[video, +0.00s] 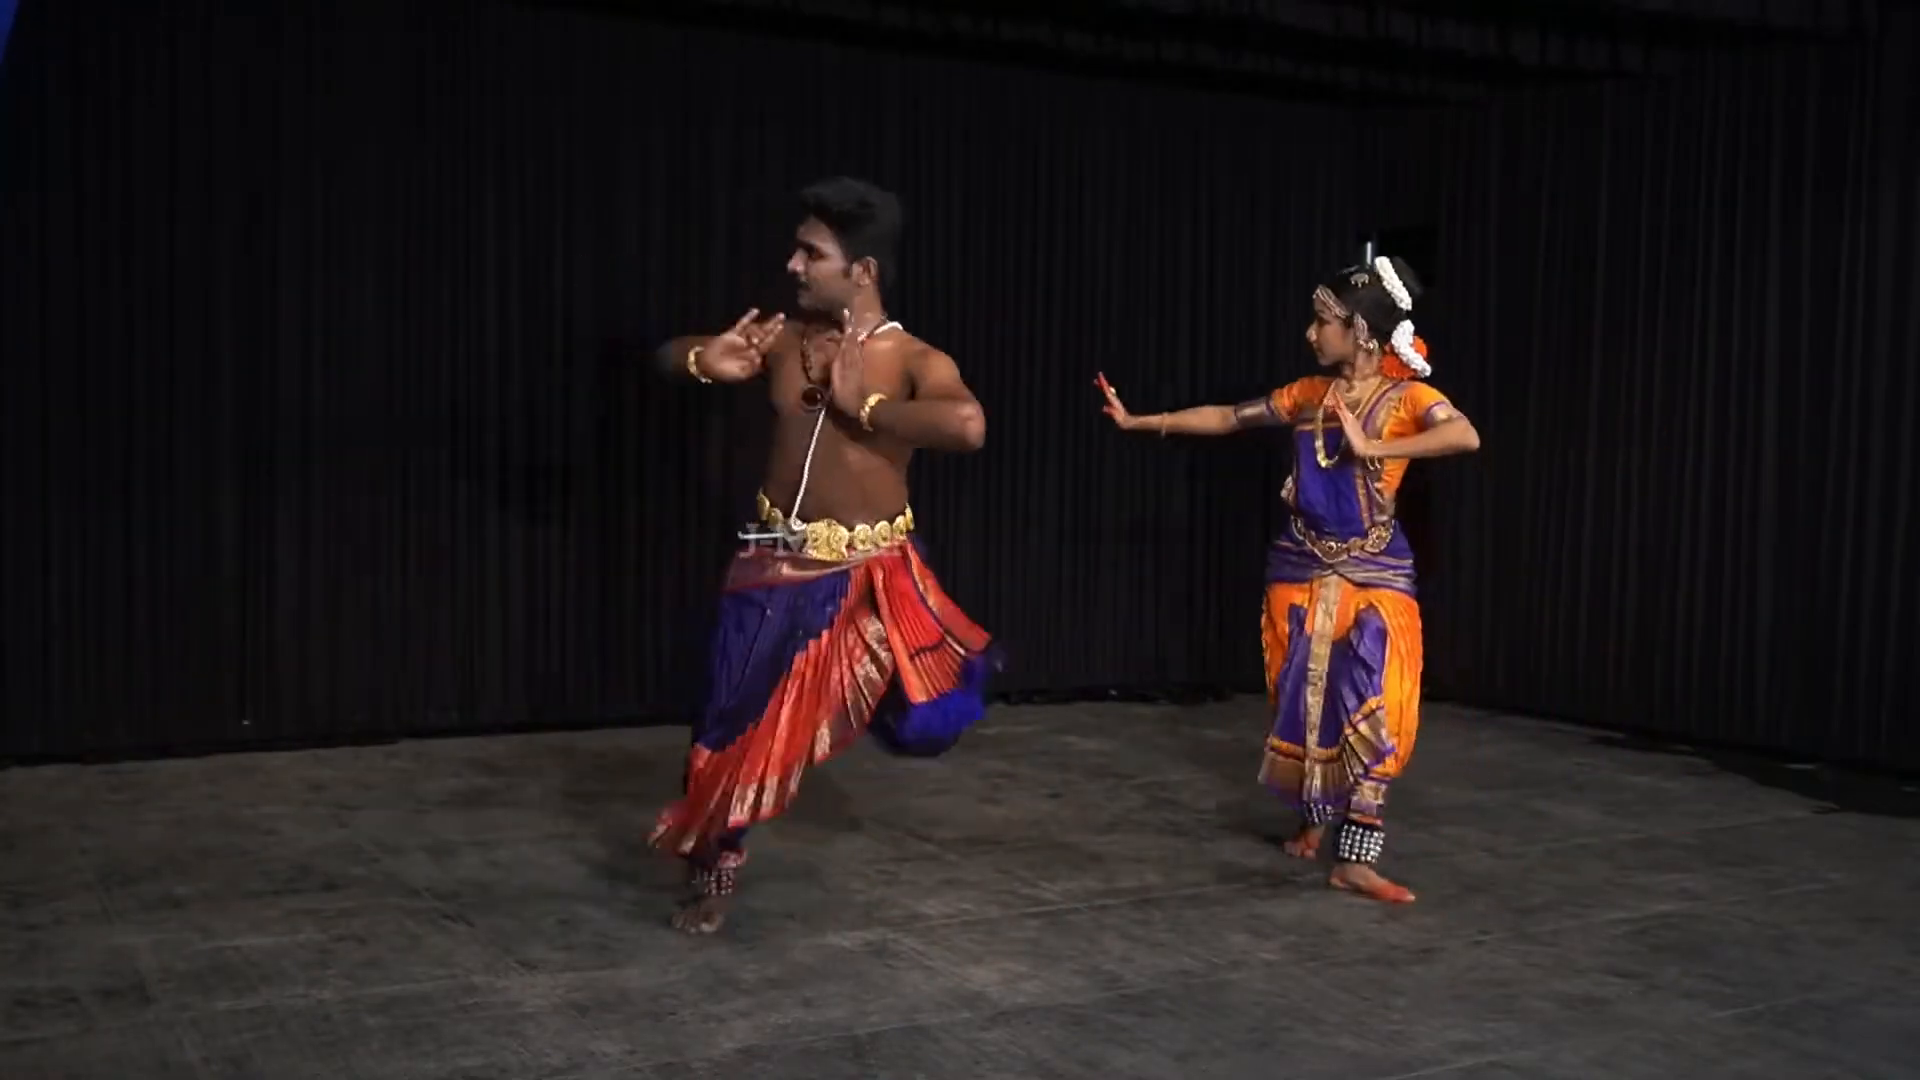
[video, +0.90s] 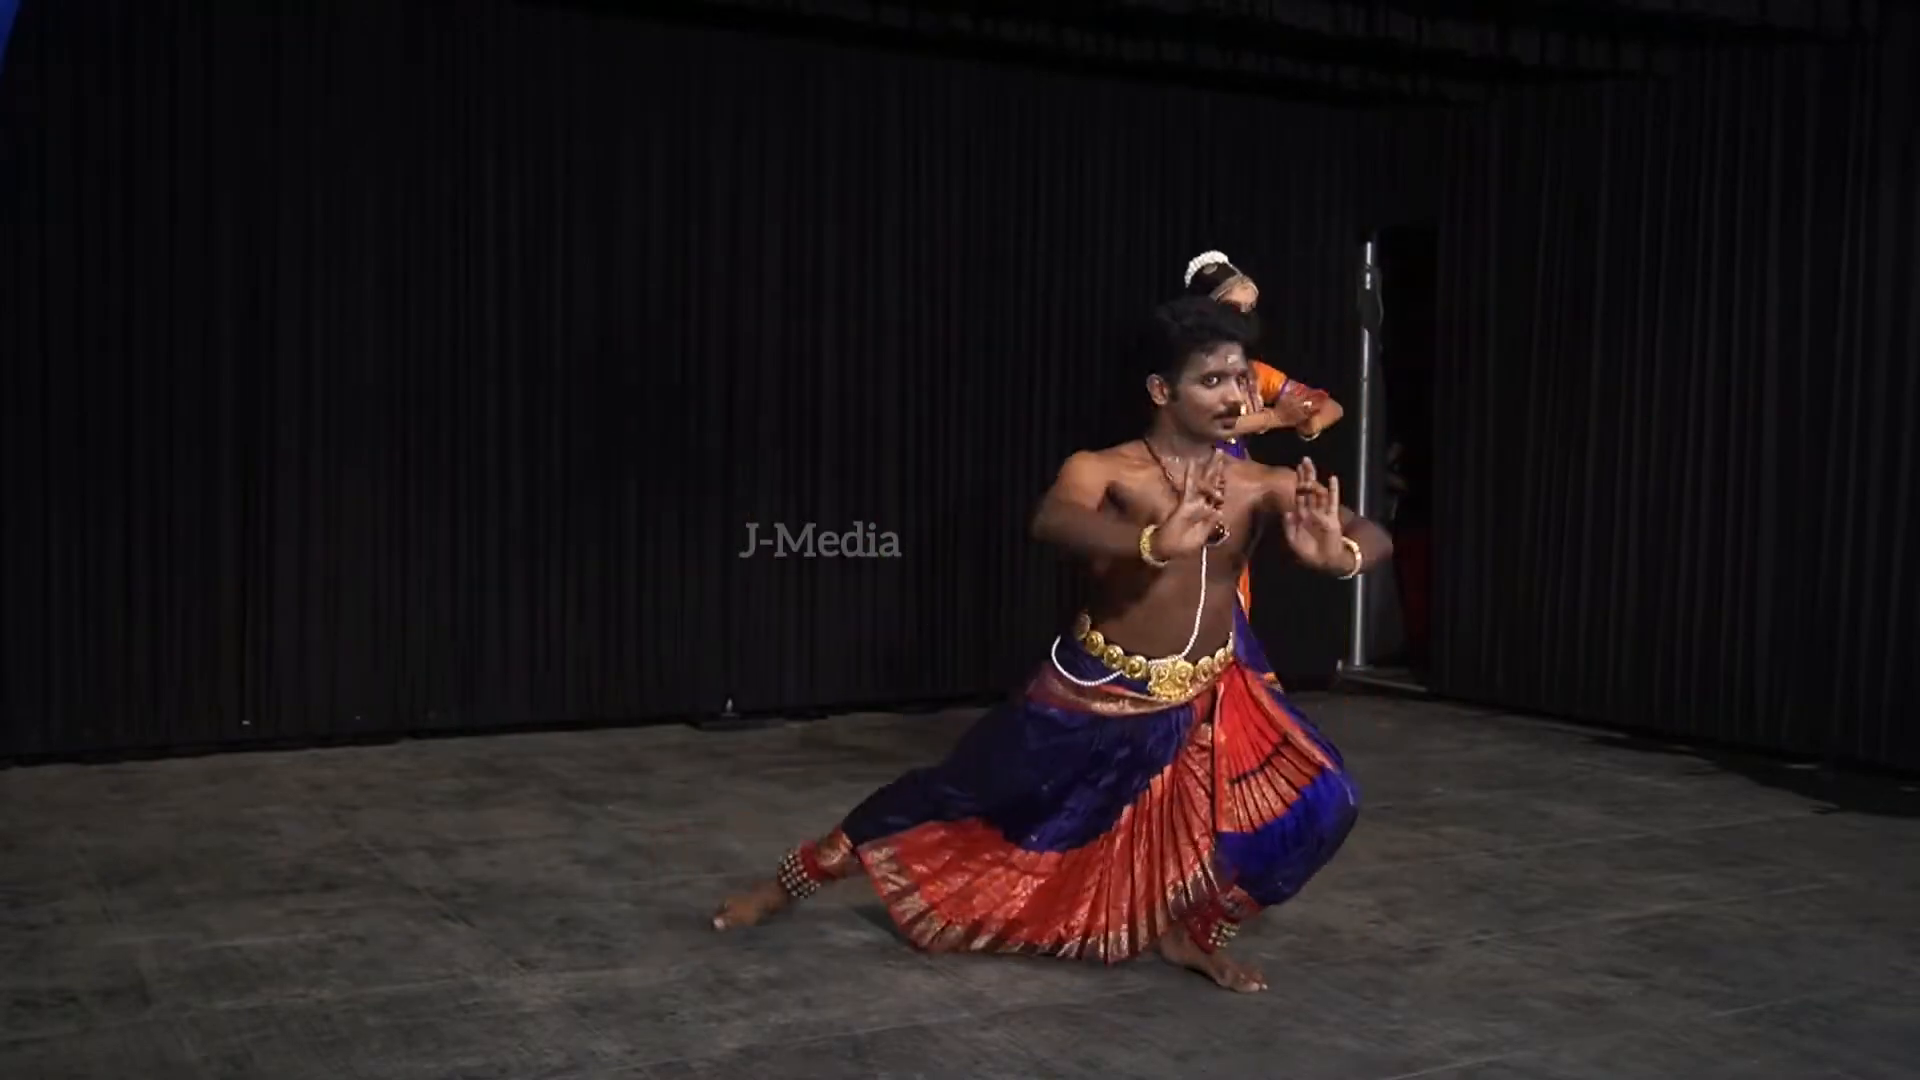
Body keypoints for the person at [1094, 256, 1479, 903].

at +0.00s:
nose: (1312, 331)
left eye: (1324, 321)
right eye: (1315, 319)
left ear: (1364, 334)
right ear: (1347, 333)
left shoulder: (1406, 395)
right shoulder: (1309, 394)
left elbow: (1464, 436)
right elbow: (1227, 417)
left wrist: (1372, 447)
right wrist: (1140, 421)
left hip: (1377, 570)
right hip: (1301, 564)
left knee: (1375, 702)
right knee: (1304, 689)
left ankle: (1356, 857)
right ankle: (1315, 816)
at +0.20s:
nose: (1293, 316)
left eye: (1308, 305)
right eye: (1293, 303)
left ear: (1346, 315)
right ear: (1297, 308)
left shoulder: (1381, 379)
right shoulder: (1280, 374)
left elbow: (1464, 419)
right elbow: (1210, 395)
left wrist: (1390, 430)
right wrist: (1148, 393)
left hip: (1352, 543)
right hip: (1276, 541)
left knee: (1364, 672)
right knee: (1287, 673)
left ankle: (1371, 822)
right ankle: (1311, 819)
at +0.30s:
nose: (1304, 311)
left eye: (1319, 299)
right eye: (1294, 298)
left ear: (1342, 312)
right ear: (1281, 308)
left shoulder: (1365, 374)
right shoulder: (1261, 372)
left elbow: (1452, 411)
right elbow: (1201, 420)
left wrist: (1390, 422)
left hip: (1340, 539)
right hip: (1267, 537)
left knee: (1342, 665)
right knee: (1290, 663)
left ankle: (1328, 796)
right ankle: (1310, 812)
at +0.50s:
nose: (1308, 313)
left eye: (1315, 302)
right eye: (1295, 300)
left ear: (1320, 310)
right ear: (1263, 308)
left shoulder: (1326, 373)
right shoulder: (1238, 373)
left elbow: (1406, 402)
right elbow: (1258, 411)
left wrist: (1380, 416)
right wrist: (1321, 410)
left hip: (1311, 536)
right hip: (1249, 535)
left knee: (1298, 657)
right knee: (1282, 653)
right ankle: (1305, 797)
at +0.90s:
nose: (1245, 321)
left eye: (1250, 310)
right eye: (1234, 309)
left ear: (1254, 307)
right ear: (1207, 309)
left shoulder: (1250, 370)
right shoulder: (1188, 372)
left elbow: (1330, 405)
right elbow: (1210, 423)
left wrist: (1312, 423)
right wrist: (1274, 418)